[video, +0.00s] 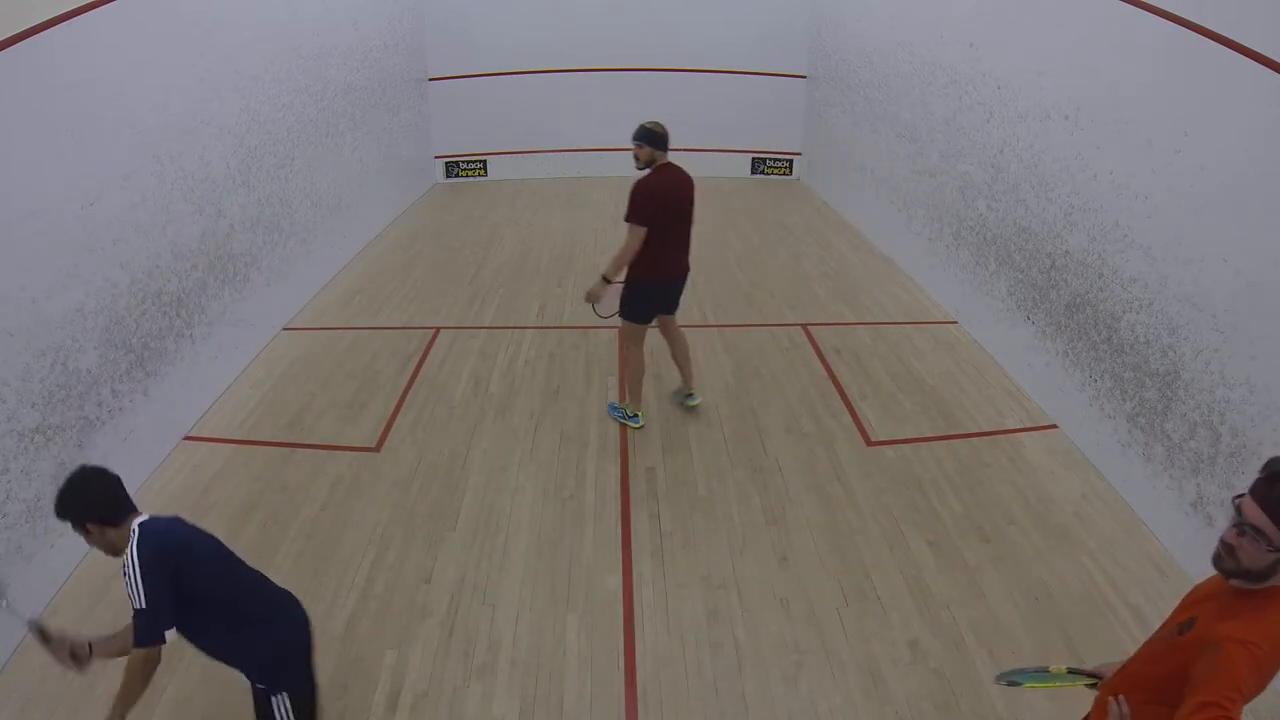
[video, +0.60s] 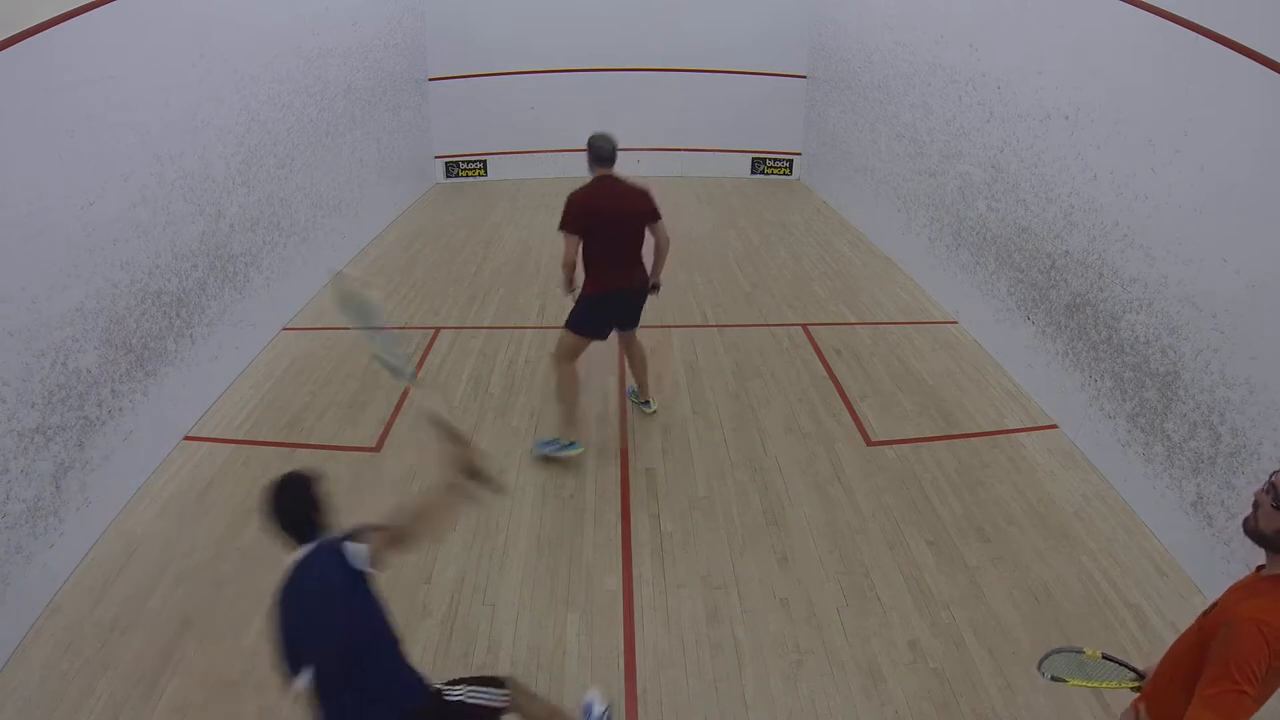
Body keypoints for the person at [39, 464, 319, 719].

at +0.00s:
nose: (87, 543)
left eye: (82, 533)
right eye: (82, 535)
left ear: (94, 527)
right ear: (123, 500)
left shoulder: (141, 554)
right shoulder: (160, 529)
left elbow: (147, 653)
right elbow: (148, 628)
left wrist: (117, 712)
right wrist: (89, 649)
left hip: (273, 650)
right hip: (281, 623)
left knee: (288, 714)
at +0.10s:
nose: (101, 560)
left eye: (96, 552)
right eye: (96, 553)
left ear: (105, 550)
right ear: (136, 520)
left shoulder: (151, 569)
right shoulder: (164, 546)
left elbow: (169, 656)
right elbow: (170, 643)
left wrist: (173, 710)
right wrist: (114, 635)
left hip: (294, 666)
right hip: (303, 628)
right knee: (315, 702)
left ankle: (342, 713)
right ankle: (343, 711)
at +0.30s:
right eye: (171, 540)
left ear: (142, 588)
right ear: (169, 543)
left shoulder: (173, 645)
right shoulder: (195, 549)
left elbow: (230, 702)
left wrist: (290, 714)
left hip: (308, 694)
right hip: (335, 636)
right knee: (394, 703)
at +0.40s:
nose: (210, 535)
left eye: (201, 530)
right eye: (202, 533)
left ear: (170, 578)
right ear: (200, 545)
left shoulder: (201, 650)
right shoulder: (231, 554)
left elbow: (243, 714)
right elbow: (303, 507)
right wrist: (364, 456)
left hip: (320, 714)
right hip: (361, 671)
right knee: (438, 716)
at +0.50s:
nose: (262, 521)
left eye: (253, 515)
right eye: (253, 518)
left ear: (219, 556)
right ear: (249, 530)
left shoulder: (234, 636)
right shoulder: (281, 556)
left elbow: (267, 711)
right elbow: (333, 505)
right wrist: (378, 444)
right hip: (385, 696)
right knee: (478, 707)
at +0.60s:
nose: (324, 501)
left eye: (316, 495)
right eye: (318, 496)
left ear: (282, 527)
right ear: (316, 508)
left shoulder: (285, 600)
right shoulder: (342, 551)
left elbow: (304, 686)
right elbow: (405, 529)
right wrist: (460, 481)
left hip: (345, 714)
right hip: (404, 705)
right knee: (505, 692)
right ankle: (574, 718)